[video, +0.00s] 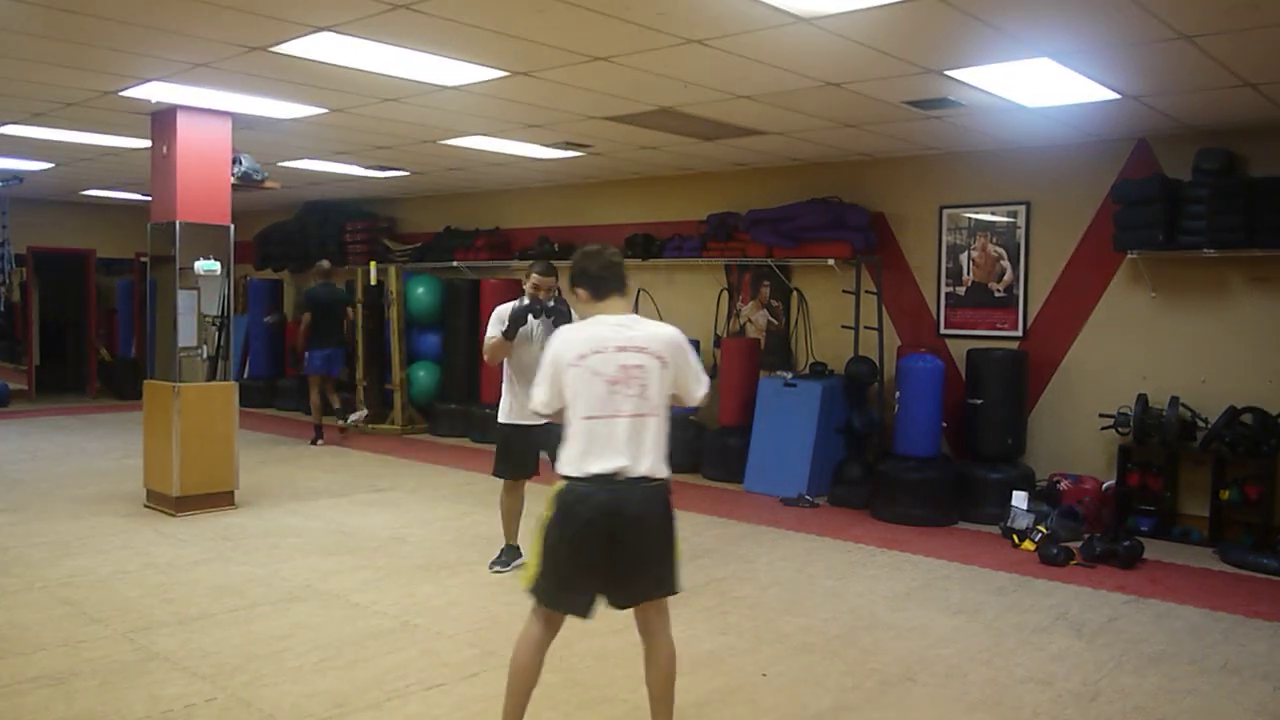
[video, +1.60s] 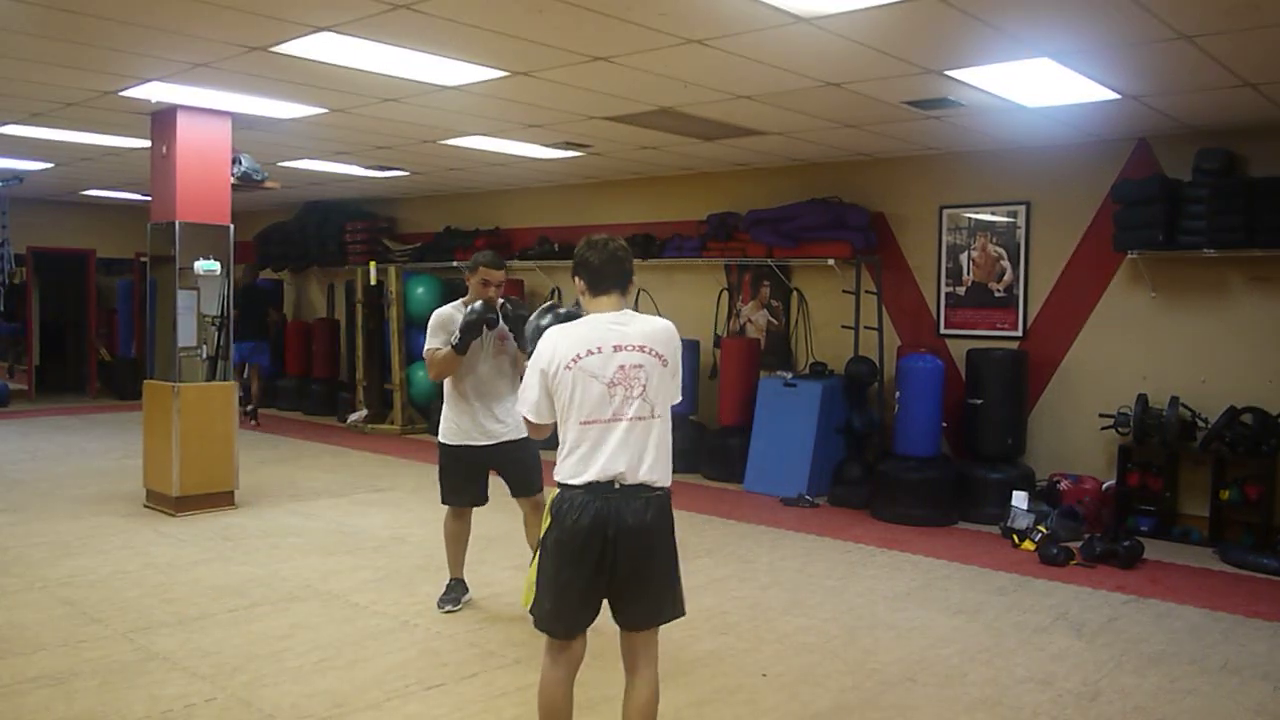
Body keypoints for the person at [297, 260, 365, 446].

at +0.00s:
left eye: (315, 273)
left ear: (315, 274)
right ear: (331, 274)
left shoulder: (310, 293)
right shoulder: (341, 292)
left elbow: (306, 319)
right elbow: (350, 316)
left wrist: (300, 340)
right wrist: (348, 335)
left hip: (317, 346)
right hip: (337, 344)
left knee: (315, 389)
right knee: (330, 385)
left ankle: (318, 433)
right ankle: (340, 414)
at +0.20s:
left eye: (305, 275)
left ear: (305, 276)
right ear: (319, 277)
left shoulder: (299, 293)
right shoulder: (327, 294)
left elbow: (293, 318)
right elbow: (338, 317)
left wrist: (283, 336)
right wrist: (341, 338)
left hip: (306, 345)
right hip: (324, 344)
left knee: (310, 386)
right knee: (313, 385)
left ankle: (317, 431)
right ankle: (313, 422)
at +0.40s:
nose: (298, 279)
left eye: (297, 276)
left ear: (296, 277)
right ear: (311, 278)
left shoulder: (290, 295)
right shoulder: (319, 295)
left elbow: (285, 319)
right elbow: (328, 318)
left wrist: (276, 337)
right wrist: (330, 341)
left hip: (296, 344)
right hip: (315, 344)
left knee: (294, 381)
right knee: (306, 382)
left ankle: (309, 418)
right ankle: (302, 420)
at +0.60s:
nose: (288, 276)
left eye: (289, 273)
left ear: (290, 275)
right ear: (304, 276)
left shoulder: (285, 293)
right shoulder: (312, 294)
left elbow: (279, 320)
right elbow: (319, 318)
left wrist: (273, 342)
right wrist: (315, 336)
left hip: (287, 342)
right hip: (307, 342)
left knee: (275, 377)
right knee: (301, 382)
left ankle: (286, 412)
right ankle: (301, 426)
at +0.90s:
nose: (267, 276)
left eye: (269, 274)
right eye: (269, 273)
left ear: (271, 276)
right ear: (285, 277)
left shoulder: (266, 294)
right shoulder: (292, 294)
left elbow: (264, 318)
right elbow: (301, 317)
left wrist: (260, 342)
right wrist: (297, 334)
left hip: (270, 342)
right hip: (290, 342)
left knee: (264, 380)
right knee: (288, 379)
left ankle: (264, 421)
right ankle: (297, 416)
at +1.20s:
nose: (256, 273)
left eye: (256, 270)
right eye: (260, 270)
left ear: (255, 272)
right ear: (270, 273)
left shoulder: (250, 290)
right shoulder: (277, 289)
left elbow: (244, 313)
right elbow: (285, 311)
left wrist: (237, 329)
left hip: (256, 339)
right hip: (275, 338)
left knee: (258, 377)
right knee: (268, 375)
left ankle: (263, 418)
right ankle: (270, 408)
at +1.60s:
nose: (244, 277)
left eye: (245, 274)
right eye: (248, 273)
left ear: (243, 277)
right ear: (257, 277)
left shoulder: (238, 294)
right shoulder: (264, 294)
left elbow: (234, 315)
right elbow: (273, 315)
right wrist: (270, 332)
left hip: (241, 339)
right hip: (260, 338)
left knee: (238, 374)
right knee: (255, 376)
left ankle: (241, 402)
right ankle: (254, 412)